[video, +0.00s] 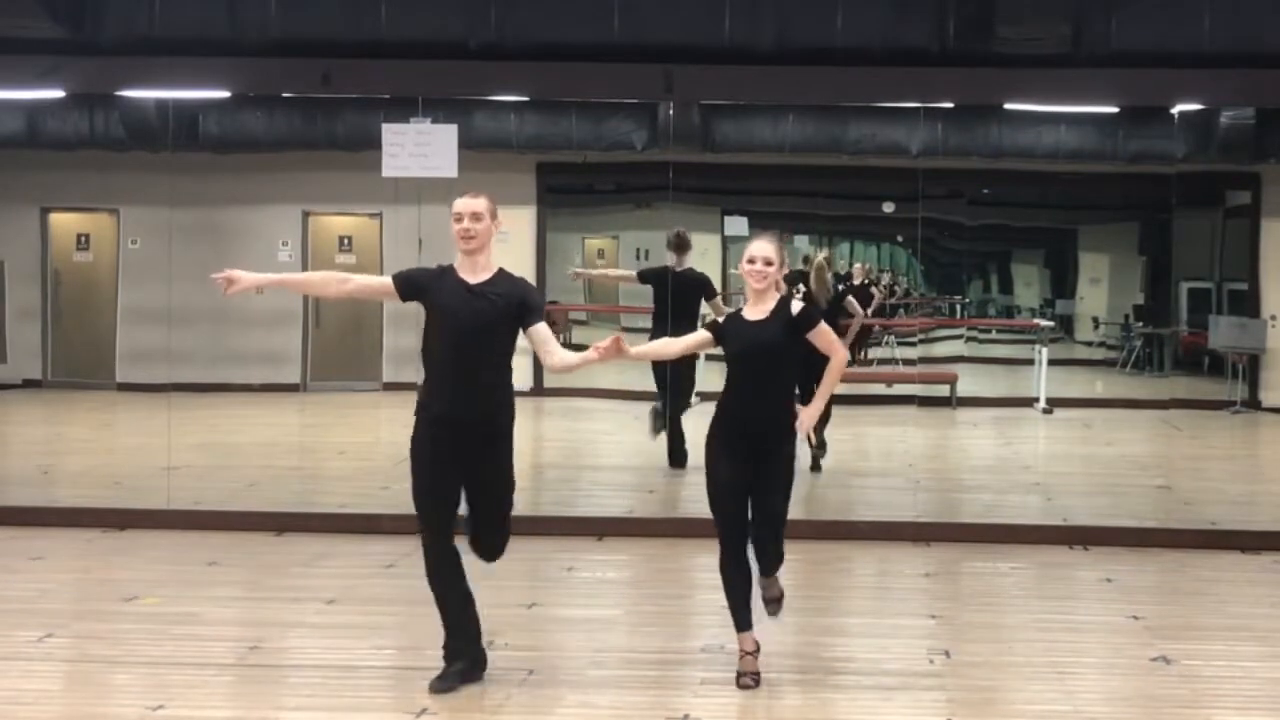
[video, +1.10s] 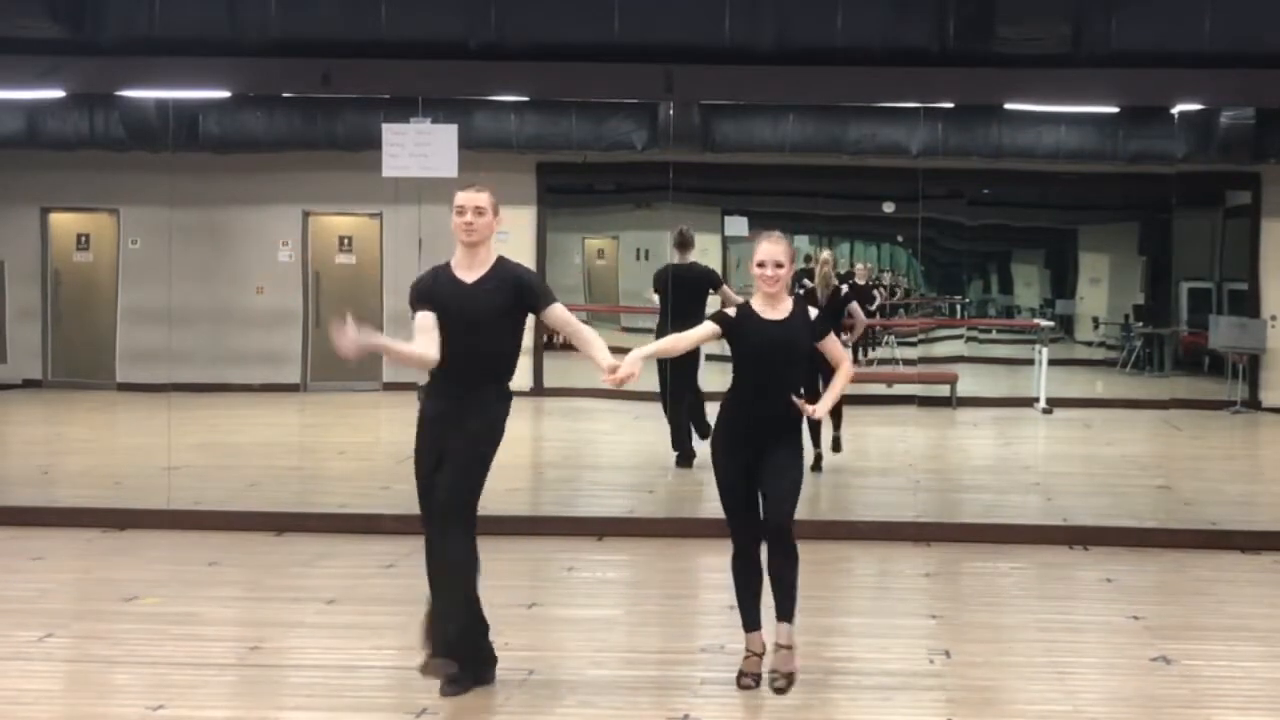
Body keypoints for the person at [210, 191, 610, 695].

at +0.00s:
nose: (466, 226)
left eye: (476, 218)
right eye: (459, 218)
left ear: (496, 226)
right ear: (451, 226)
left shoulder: (518, 293)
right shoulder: (430, 281)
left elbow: (553, 358)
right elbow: (345, 285)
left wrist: (593, 355)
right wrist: (261, 279)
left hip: (492, 434)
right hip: (436, 432)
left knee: (491, 546)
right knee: (437, 547)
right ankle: (466, 655)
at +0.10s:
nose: (465, 244)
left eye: (474, 235)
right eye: (457, 235)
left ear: (493, 242)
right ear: (449, 242)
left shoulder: (517, 305)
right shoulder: (429, 297)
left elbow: (554, 369)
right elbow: (339, 295)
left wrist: (588, 365)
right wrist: (259, 283)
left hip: (480, 447)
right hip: (427, 445)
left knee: (471, 554)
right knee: (426, 555)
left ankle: (526, 513)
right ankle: (464, 655)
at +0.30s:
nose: (467, 221)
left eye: (477, 214)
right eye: (459, 213)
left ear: (494, 222)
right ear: (449, 221)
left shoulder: (513, 288)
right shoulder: (424, 274)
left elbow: (547, 347)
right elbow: (338, 275)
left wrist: (579, 372)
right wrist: (256, 267)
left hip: (488, 423)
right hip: (433, 422)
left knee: (463, 525)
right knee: (432, 531)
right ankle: (467, 654)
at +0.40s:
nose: (467, 212)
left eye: (477, 204)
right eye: (460, 204)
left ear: (494, 213)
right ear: (449, 212)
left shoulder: (513, 279)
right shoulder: (424, 265)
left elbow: (545, 337)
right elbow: (337, 261)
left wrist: (578, 365)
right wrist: (251, 256)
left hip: (491, 408)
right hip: (435, 410)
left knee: (457, 473)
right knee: (453, 535)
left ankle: (390, 557)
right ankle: (465, 659)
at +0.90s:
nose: (465, 208)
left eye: (475, 200)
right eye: (458, 200)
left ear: (493, 210)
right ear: (448, 209)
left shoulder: (514, 275)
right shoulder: (424, 266)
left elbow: (562, 327)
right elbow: (347, 285)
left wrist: (601, 360)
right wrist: (330, 263)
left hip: (494, 405)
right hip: (440, 410)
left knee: (480, 470)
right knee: (458, 532)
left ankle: (423, 522)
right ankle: (474, 656)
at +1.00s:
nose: (464, 216)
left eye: (474, 208)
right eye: (457, 208)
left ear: (494, 218)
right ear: (447, 218)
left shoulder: (516, 277)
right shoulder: (426, 278)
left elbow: (572, 328)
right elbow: (366, 332)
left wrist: (605, 362)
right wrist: (344, 276)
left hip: (492, 408)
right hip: (438, 411)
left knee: (461, 476)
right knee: (450, 524)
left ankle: (418, 577)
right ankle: (474, 655)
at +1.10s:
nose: (469, 219)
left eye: (479, 212)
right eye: (461, 211)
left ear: (497, 221)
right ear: (450, 220)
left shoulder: (518, 280)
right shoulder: (431, 283)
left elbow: (575, 329)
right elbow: (426, 354)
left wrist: (606, 362)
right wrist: (374, 341)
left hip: (484, 410)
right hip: (436, 408)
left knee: (450, 514)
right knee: (439, 524)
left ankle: (449, 645)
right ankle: (472, 655)